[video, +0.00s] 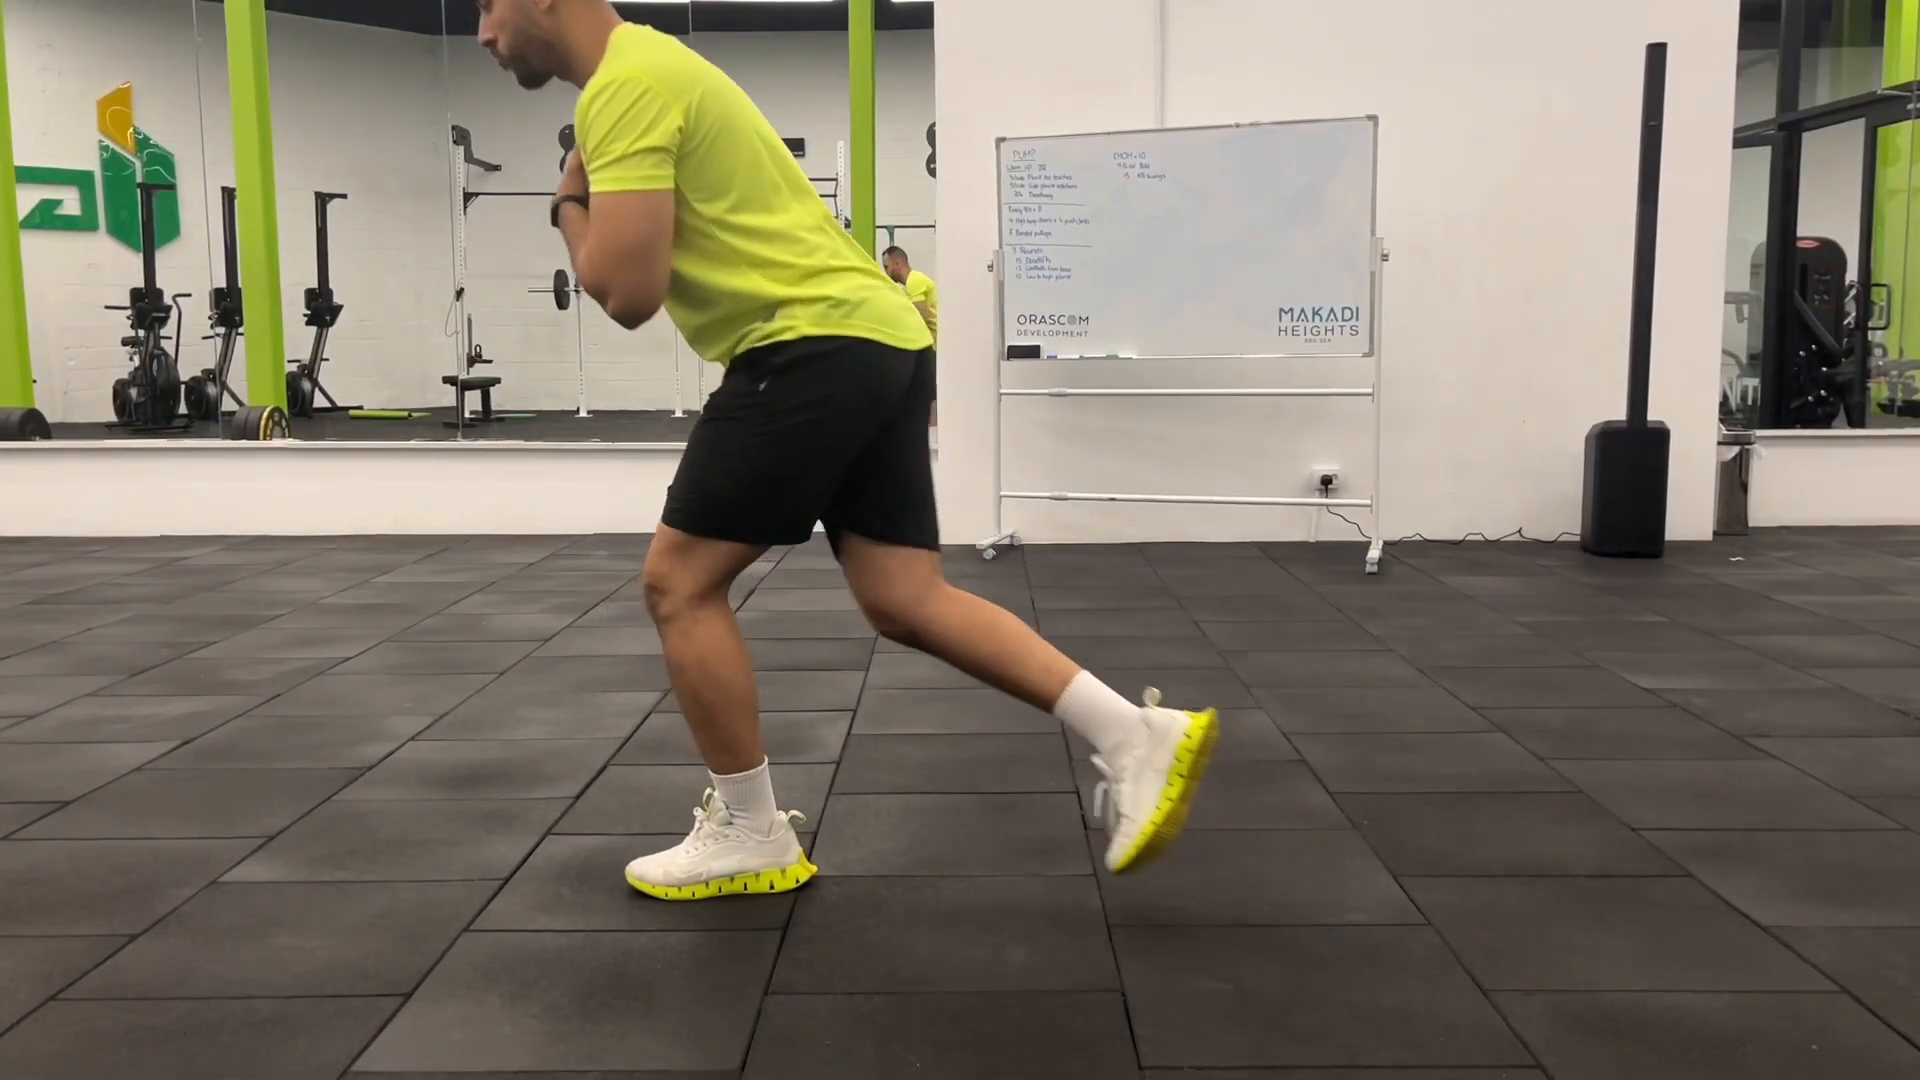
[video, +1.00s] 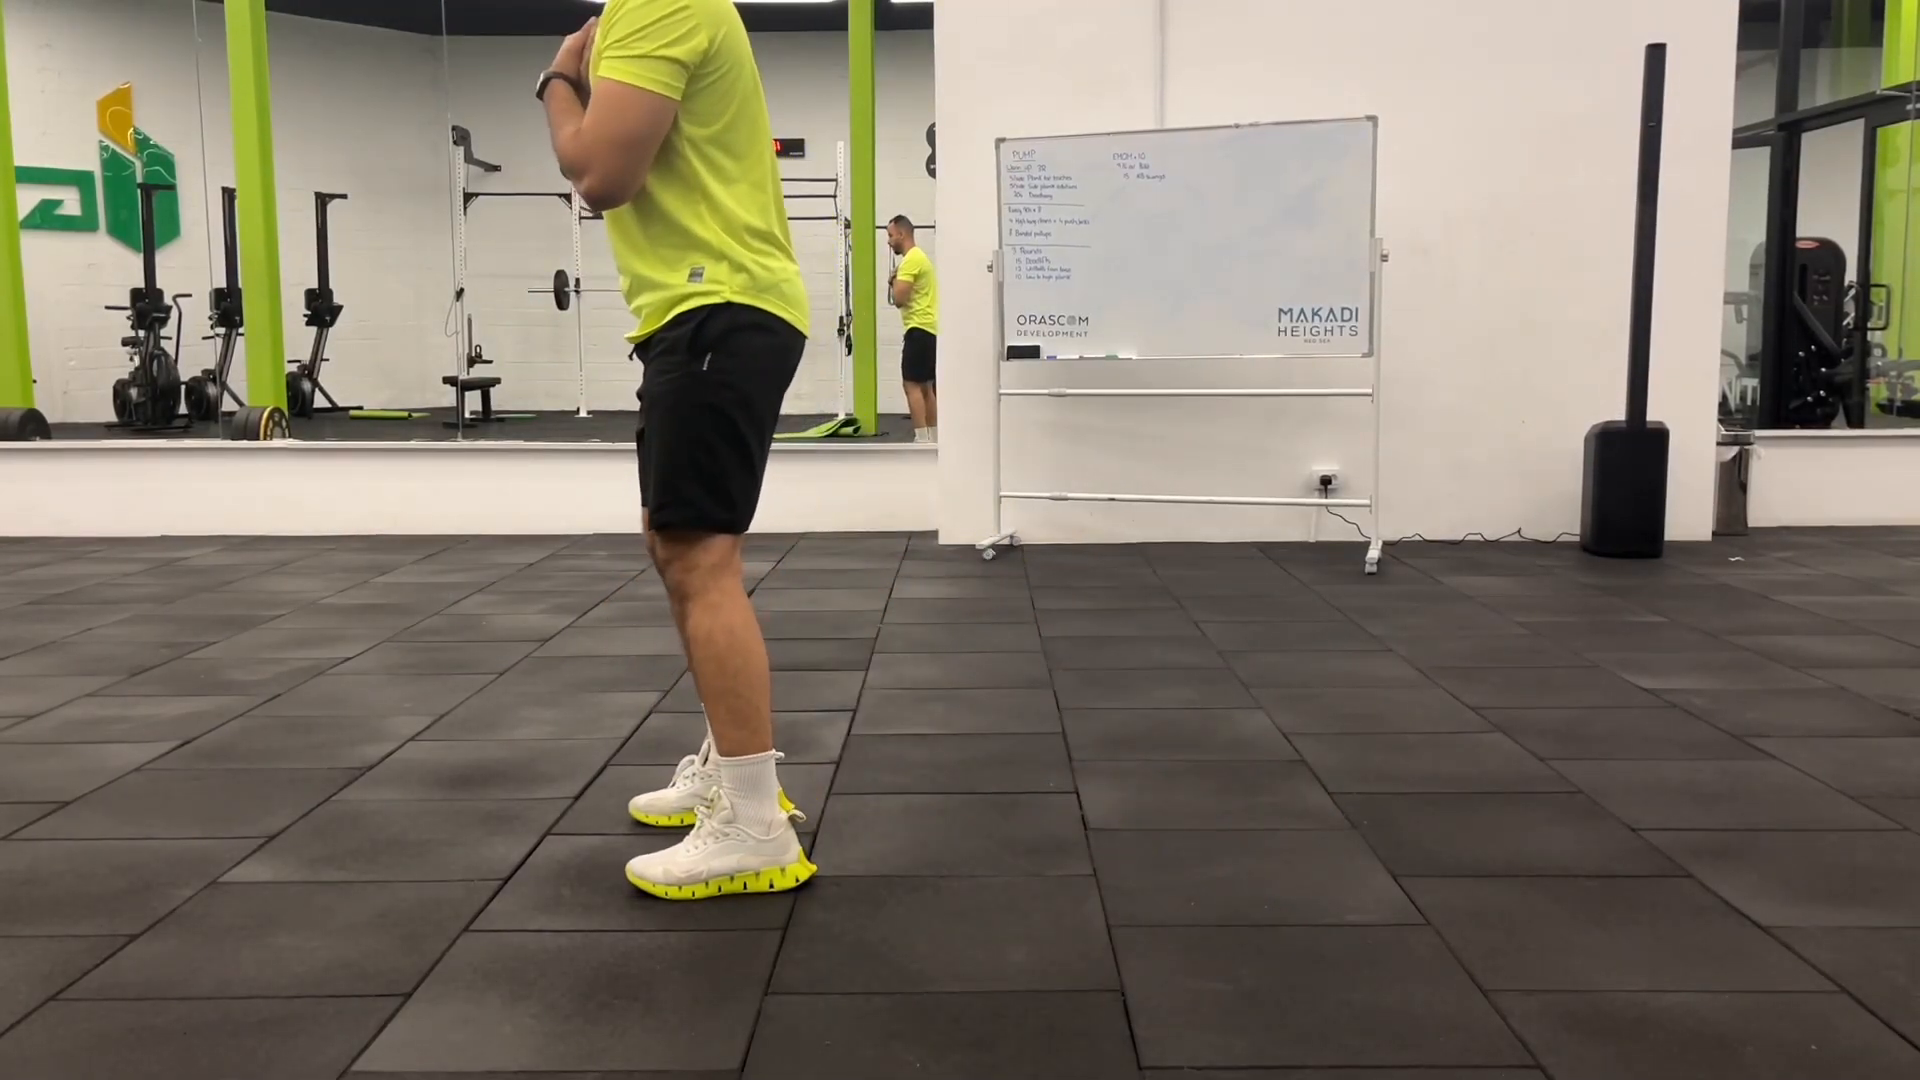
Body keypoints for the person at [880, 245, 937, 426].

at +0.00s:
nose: (886, 272)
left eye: (887, 266)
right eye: (884, 267)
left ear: (898, 263)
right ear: (900, 264)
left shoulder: (915, 282)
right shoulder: (916, 281)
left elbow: (919, 317)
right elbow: (920, 316)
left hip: (930, 346)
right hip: (930, 345)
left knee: (929, 395)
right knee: (929, 395)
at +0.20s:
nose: (884, 256)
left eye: (886, 251)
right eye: (884, 252)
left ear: (899, 249)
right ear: (899, 250)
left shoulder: (914, 268)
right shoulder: (909, 273)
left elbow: (916, 307)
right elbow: (908, 317)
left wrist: (901, 295)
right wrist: (898, 298)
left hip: (937, 333)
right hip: (930, 335)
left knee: (928, 385)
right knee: (924, 385)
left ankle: (936, 434)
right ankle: (932, 434)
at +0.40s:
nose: (886, 244)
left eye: (888, 238)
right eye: (886, 239)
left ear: (901, 237)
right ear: (902, 238)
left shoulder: (914, 259)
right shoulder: (909, 263)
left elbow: (910, 298)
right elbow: (901, 305)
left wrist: (898, 283)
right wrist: (896, 286)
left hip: (931, 327)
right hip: (926, 328)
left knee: (924, 382)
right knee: (925, 382)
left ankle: (932, 434)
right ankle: (932, 433)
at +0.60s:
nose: (888, 242)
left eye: (890, 236)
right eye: (887, 237)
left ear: (902, 235)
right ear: (905, 235)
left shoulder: (913, 260)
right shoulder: (917, 258)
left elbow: (901, 297)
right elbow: (904, 295)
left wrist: (896, 281)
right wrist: (898, 281)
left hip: (921, 330)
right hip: (928, 329)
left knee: (912, 385)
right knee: (927, 386)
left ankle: (922, 437)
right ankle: (933, 435)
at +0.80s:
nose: (888, 240)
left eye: (890, 235)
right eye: (888, 235)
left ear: (901, 233)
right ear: (905, 233)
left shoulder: (911, 258)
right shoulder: (918, 257)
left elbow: (899, 297)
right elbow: (902, 294)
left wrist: (893, 280)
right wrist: (895, 280)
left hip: (917, 329)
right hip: (928, 328)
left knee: (909, 386)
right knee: (926, 386)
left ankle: (922, 438)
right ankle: (933, 436)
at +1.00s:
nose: (888, 241)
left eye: (890, 235)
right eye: (888, 236)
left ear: (901, 234)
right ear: (905, 234)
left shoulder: (911, 259)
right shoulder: (919, 257)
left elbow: (899, 297)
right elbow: (902, 295)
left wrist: (894, 281)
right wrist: (896, 281)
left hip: (918, 329)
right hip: (929, 328)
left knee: (911, 385)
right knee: (926, 386)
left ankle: (922, 438)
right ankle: (933, 435)